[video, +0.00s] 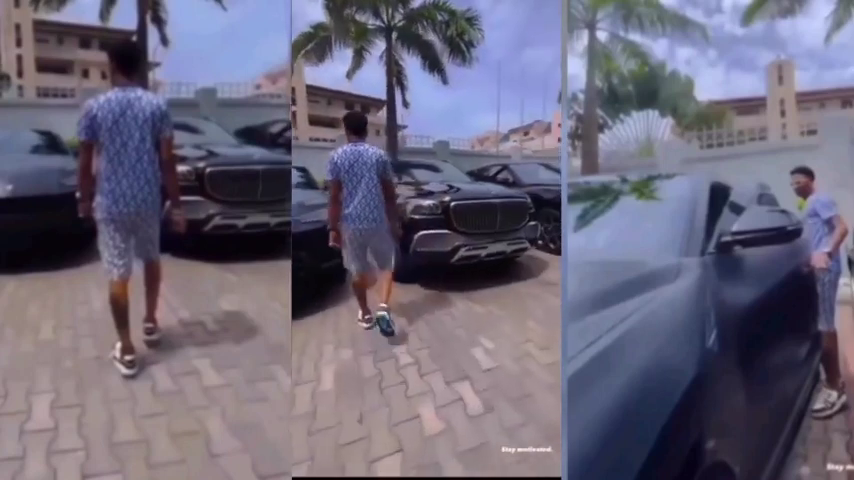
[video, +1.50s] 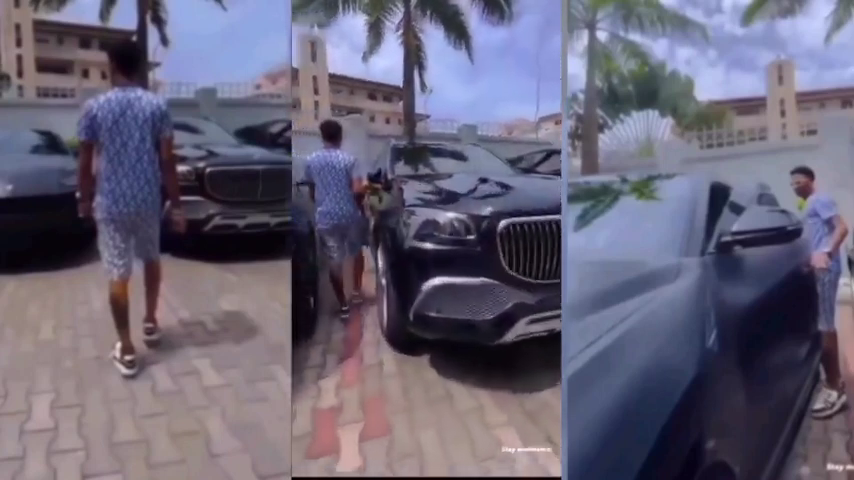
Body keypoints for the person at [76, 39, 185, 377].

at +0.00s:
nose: (110, 71)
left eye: (110, 66)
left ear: (112, 68)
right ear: (142, 67)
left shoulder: (95, 107)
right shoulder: (156, 106)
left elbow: (85, 161)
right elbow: (167, 160)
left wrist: (84, 199)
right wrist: (175, 202)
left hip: (110, 201)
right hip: (147, 200)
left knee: (118, 273)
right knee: (151, 260)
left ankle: (125, 348)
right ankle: (150, 319)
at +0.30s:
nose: (110, 71)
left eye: (110, 66)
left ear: (112, 68)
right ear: (142, 67)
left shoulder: (95, 107)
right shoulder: (156, 106)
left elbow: (85, 161)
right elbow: (167, 160)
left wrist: (84, 199)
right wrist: (175, 202)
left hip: (110, 201)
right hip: (147, 200)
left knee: (118, 273)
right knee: (151, 260)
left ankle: (125, 348)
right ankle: (150, 319)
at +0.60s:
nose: (110, 71)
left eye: (110, 66)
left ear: (112, 68)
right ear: (142, 67)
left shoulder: (95, 107)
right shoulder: (156, 106)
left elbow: (85, 161)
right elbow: (167, 160)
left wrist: (84, 199)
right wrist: (175, 202)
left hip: (110, 201)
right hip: (147, 200)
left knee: (118, 273)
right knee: (151, 260)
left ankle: (125, 348)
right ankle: (150, 319)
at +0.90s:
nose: (110, 71)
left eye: (110, 66)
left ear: (112, 68)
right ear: (142, 67)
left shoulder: (95, 107)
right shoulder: (156, 106)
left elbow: (85, 161)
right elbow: (167, 160)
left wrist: (84, 199)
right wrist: (175, 202)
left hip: (110, 202)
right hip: (147, 200)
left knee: (118, 273)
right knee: (151, 260)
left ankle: (125, 348)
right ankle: (150, 319)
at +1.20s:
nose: (110, 71)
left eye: (110, 66)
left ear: (112, 68)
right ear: (142, 67)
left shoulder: (95, 107)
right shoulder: (156, 106)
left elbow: (85, 161)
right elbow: (167, 160)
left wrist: (84, 199)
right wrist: (175, 202)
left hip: (110, 201)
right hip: (147, 200)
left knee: (118, 273)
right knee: (151, 260)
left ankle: (125, 348)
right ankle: (150, 319)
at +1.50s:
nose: (110, 71)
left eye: (110, 66)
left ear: (112, 68)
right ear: (142, 67)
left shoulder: (95, 107)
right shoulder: (156, 106)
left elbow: (85, 161)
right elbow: (167, 160)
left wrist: (84, 199)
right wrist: (175, 202)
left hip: (110, 202)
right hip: (147, 200)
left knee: (118, 273)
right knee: (151, 260)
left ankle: (125, 348)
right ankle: (150, 319)